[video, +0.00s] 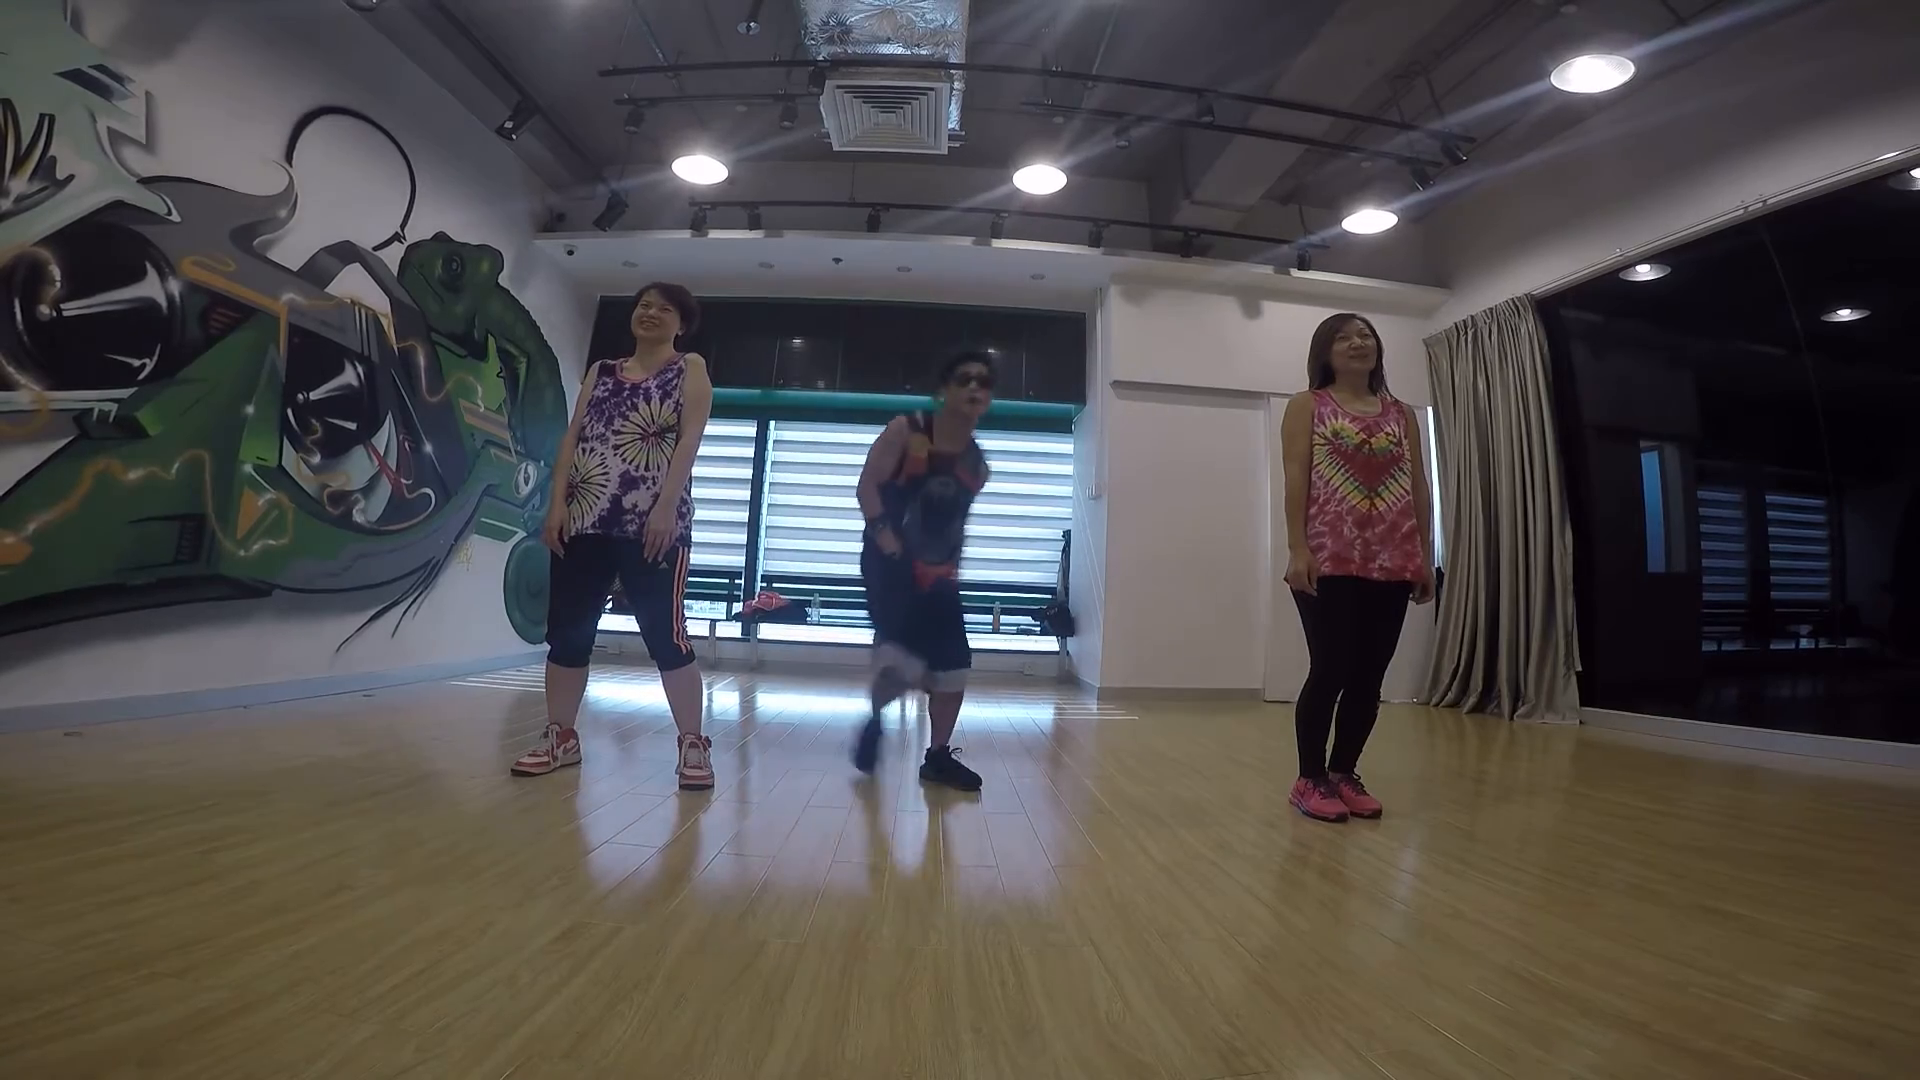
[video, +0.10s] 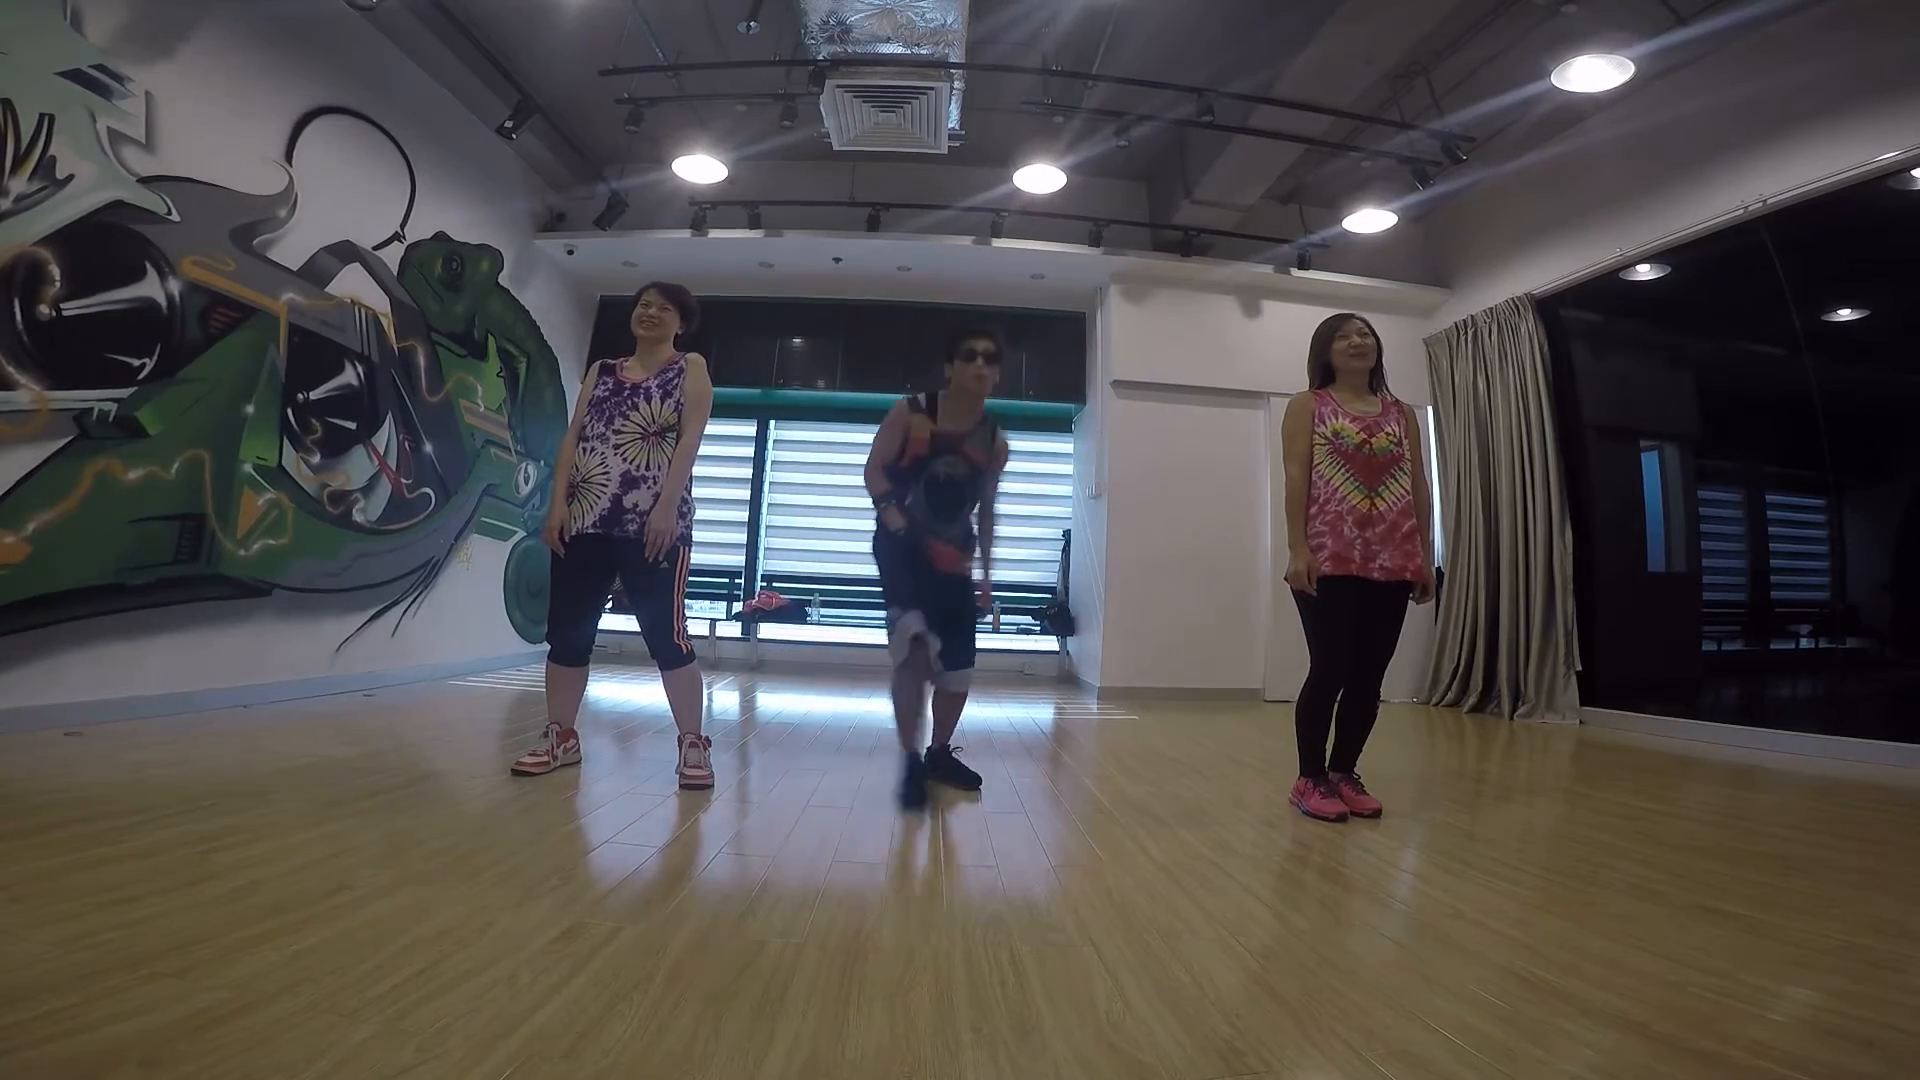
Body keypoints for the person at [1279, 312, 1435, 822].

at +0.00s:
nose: (1356, 343)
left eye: (1364, 335)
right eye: (1342, 337)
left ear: (1378, 349)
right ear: (1324, 354)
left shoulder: (1401, 413)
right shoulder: (1307, 407)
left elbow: (1418, 490)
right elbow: (1296, 479)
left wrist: (1423, 557)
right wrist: (1298, 548)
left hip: (1392, 565)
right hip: (1329, 563)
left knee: (1367, 680)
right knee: (1328, 672)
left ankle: (1343, 775)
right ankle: (1310, 780)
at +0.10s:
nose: (1356, 341)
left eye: (1364, 334)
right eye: (1342, 336)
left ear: (1378, 350)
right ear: (1324, 353)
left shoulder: (1401, 413)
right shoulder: (1307, 406)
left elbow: (1418, 490)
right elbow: (1296, 478)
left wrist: (1423, 557)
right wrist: (1298, 548)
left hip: (1392, 565)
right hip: (1329, 562)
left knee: (1367, 680)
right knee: (1328, 672)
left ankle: (1343, 775)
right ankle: (1310, 780)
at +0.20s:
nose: (1355, 340)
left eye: (1364, 334)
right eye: (1341, 336)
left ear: (1377, 350)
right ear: (1324, 354)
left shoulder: (1401, 413)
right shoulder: (1307, 406)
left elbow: (1418, 490)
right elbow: (1297, 478)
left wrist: (1424, 557)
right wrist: (1298, 548)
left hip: (1392, 564)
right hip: (1328, 562)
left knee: (1368, 679)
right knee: (1327, 672)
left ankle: (1343, 775)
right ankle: (1310, 780)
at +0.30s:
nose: (1354, 341)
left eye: (1363, 335)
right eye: (1341, 337)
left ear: (1377, 350)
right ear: (1324, 354)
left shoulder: (1401, 413)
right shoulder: (1307, 407)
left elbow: (1418, 490)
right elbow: (1297, 480)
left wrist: (1425, 559)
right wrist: (1297, 548)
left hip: (1392, 565)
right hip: (1328, 562)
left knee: (1368, 680)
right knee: (1327, 672)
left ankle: (1344, 775)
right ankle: (1311, 780)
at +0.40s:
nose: (1354, 341)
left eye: (1363, 335)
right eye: (1341, 337)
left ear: (1377, 350)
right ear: (1323, 355)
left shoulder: (1401, 412)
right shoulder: (1307, 407)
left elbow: (1419, 489)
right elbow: (1295, 480)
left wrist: (1426, 558)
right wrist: (1292, 548)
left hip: (1393, 565)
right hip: (1329, 563)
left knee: (1368, 680)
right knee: (1327, 672)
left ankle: (1343, 775)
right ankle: (1310, 781)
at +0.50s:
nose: (1355, 341)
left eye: (1363, 335)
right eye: (1341, 337)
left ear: (1377, 350)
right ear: (1323, 354)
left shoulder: (1401, 412)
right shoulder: (1307, 407)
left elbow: (1419, 487)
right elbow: (1293, 481)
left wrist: (1427, 556)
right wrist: (1292, 548)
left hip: (1393, 564)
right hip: (1328, 562)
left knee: (1368, 680)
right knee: (1328, 673)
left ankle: (1344, 775)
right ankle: (1310, 780)